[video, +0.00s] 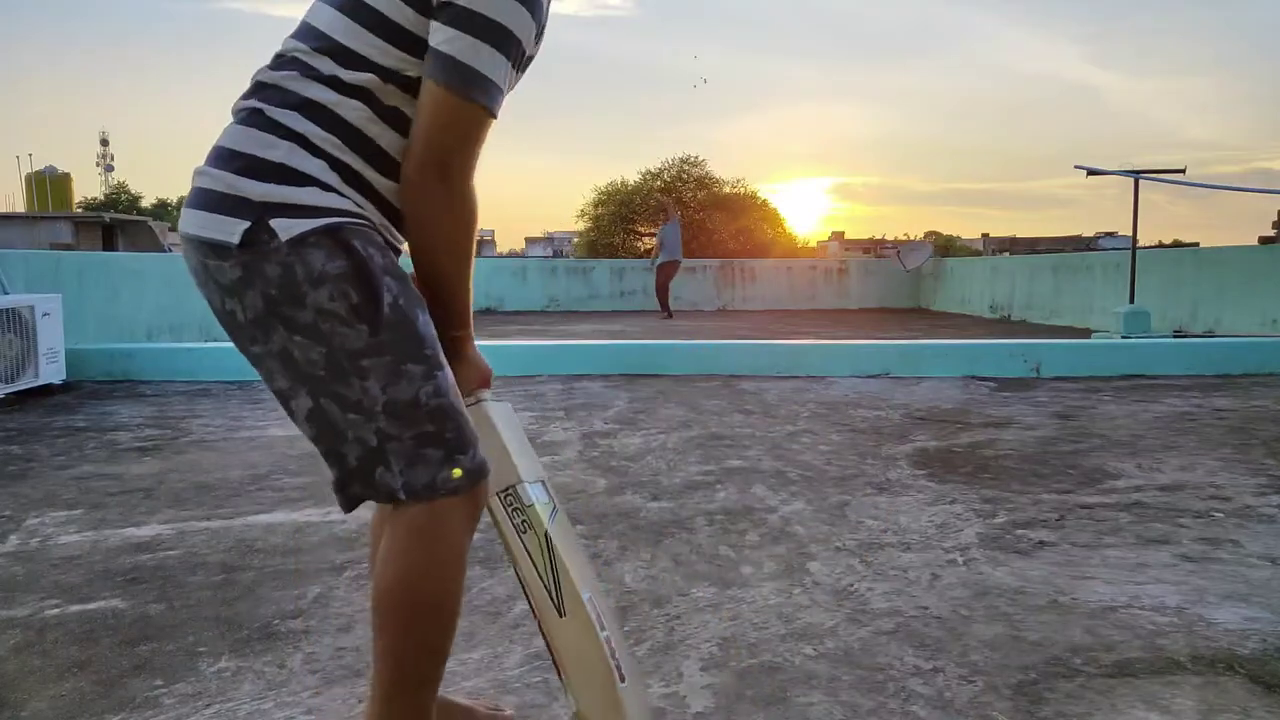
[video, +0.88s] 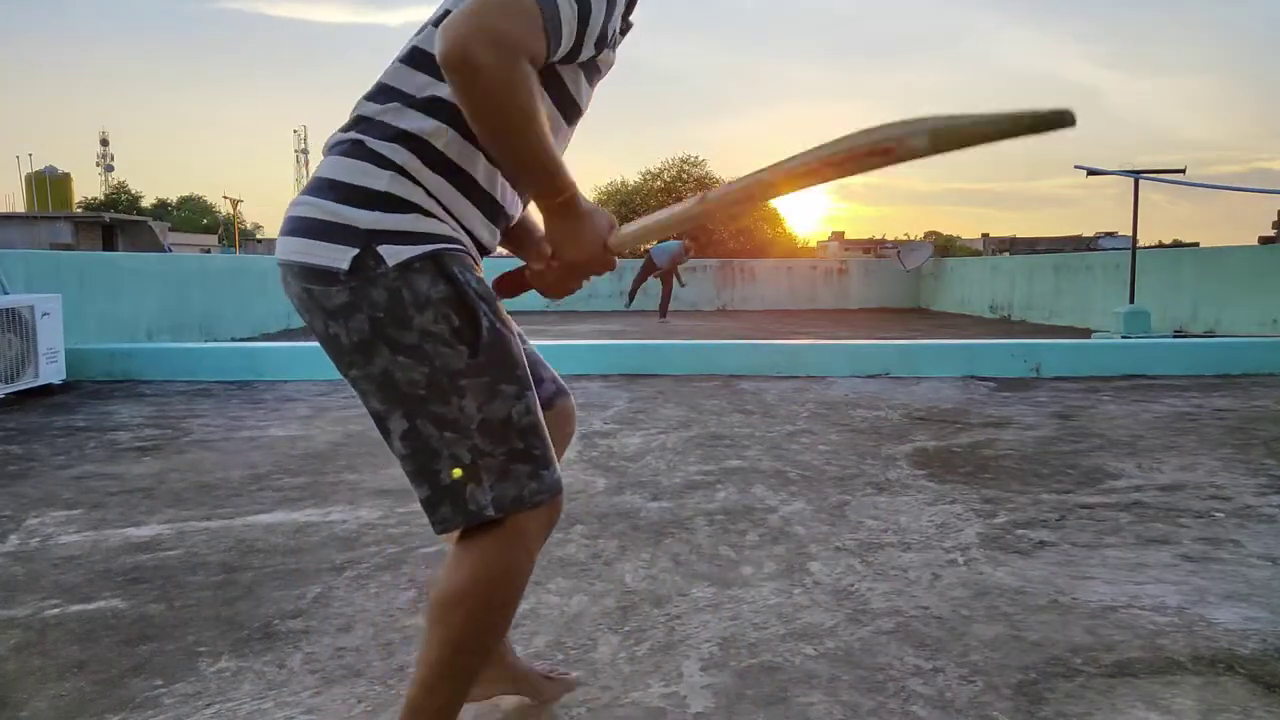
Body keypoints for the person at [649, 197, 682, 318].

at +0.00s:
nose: (663, 217)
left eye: (665, 215)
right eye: (661, 215)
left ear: (669, 215)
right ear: (660, 217)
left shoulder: (673, 223)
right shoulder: (661, 230)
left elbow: (669, 206)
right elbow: (657, 246)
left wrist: (660, 197)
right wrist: (652, 260)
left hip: (673, 257)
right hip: (663, 258)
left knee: (663, 284)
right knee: (660, 285)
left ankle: (667, 311)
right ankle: (665, 311)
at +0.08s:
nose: (662, 218)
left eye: (664, 216)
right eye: (661, 216)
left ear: (668, 217)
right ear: (660, 218)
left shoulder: (673, 224)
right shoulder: (660, 233)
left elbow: (669, 206)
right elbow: (655, 250)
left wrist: (660, 195)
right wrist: (650, 265)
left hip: (672, 259)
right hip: (662, 260)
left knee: (661, 286)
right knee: (658, 287)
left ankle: (666, 312)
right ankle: (665, 312)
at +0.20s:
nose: (665, 218)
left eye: (667, 216)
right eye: (665, 216)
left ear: (672, 217)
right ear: (665, 219)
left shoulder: (673, 226)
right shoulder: (662, 231)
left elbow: (669, 206)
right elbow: (646, 234)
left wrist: (664, 191)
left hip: (668, 262)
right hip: (659, 263)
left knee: (660, 289)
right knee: (655, 290)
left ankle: (666, 313)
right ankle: (664, 312)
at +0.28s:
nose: (666, 219)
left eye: (668, 217)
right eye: (665, 217)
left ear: (673, 218)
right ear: (664, 219)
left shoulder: (673, 228)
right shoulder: (663, 232)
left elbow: (668, 207)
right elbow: (647, 234)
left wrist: (665, 191)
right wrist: (635, 232)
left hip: (666, 264)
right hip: (655, 264)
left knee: (661, 290)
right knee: (653, 291)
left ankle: (663, 311)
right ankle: (664, 310)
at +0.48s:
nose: (681, 225)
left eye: (684, 224)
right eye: (681, 222)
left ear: (686, 229)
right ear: (678, 223)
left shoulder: (681, 239)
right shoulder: (670, 231)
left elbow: (674, 252)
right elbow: (671, 224)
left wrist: (660, 243)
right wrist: (676, 218)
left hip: (663, 265)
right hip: (650, 264)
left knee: (666, 291)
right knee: (650, 291)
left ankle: (663, 315)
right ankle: (658, 310)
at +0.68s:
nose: (691, 239)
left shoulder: (686, 254)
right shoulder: (680, 238)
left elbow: (671, 262)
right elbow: (681, 230)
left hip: (662, 265)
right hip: (651, 259)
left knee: (665, 289)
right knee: (638, 282)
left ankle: (662, 317)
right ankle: (633, 305)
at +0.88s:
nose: (689, 245)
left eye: (692, 242)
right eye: (688, 241)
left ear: (694, 245)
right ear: (685, 241)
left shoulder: (688, 254)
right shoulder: (676, 250)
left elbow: (672, 264)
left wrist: (660, 272)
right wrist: (680, 282)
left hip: (667, 266)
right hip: (653, 259)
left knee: (667, 290)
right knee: (639, 280)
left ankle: (662, 316)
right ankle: (630, 300)